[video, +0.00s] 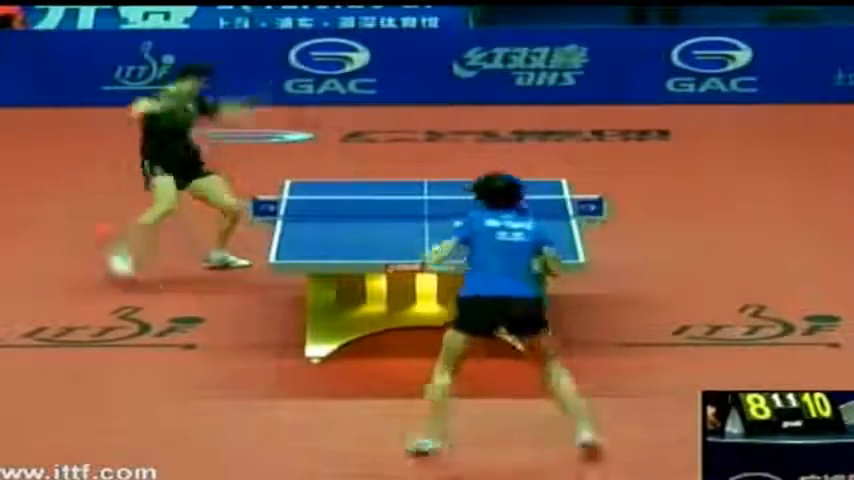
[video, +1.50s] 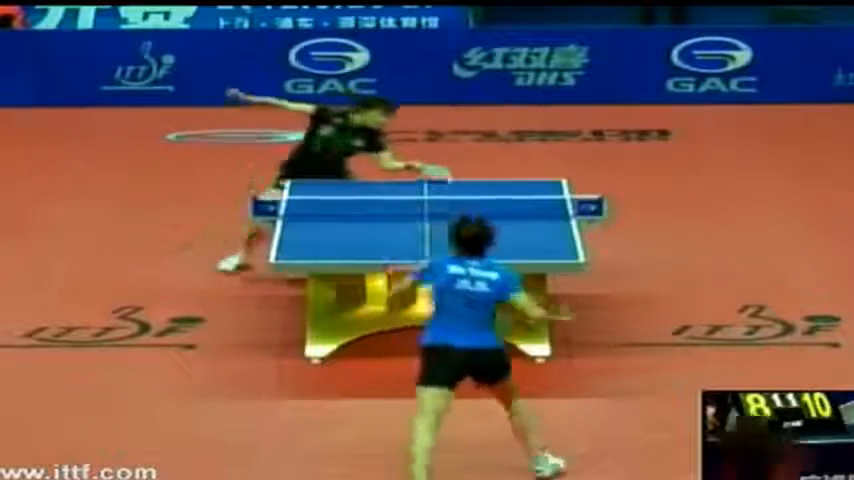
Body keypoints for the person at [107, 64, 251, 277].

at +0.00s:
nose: (196, 88)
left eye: (199, 84)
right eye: (193, 83)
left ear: (199, 86)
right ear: (182, 82)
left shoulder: (195, 101)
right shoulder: (163, 100)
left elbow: (216, 112)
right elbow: (146, 106)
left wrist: (242, 112)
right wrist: (142, 108)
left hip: (187, 163)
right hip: (160, 163)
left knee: (231, 208)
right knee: (166, 205)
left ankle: (218, 253)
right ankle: (123, 252)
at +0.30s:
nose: (134, 98)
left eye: (136, 93)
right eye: (129, 93)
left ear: (139, 94)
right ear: (116, 96)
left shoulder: (148, 110)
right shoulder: (101, 119)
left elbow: (174, 107)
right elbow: (73, 142)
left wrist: (187, 102)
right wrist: (76, 150)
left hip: (154, 170)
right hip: (119, 176)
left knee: (215, 190)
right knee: (96, 228)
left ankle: (257, 210)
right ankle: (64, 246)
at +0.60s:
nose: (201, 102)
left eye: (203, 98)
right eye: (195, 98)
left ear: (205, 100)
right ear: (182, 99)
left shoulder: (210, 118)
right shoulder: (162, 119)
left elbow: (229, 134)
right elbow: (137, 143)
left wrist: (240, 138)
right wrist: (168, 149)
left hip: (193, 170)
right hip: (157, 173)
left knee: (239, 200)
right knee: (122, 217)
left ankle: (278, 239)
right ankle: (70, 239)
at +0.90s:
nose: (272, 97)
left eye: (274, 93)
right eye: (267, 92)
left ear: (275, 96)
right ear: (253, 94)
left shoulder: (273, 120)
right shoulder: (229, 111)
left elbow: (287, 152)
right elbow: (185, 124)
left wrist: (313, 158)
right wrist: (214, 136)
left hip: (236, 161)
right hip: (206, 160)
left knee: (268, 201)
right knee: (208, 211)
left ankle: (285, 252)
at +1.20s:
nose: (305, 110)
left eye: (306, 105)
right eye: (302, 104)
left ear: (298, 107)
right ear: (288, 103)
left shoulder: (292, 130)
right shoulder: (253, 116)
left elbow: (309, 159)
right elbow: (208, 119)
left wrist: (350, 166)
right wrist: (229, 132)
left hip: (259, 175)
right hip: (227, 174)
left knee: (293, 209)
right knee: (224, 224)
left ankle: (293, 259)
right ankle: (186, 259)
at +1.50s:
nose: (383, 124)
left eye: (385, 120)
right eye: (382, 118)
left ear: (376, 118)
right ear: (368, 112)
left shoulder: (372, 137)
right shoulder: (327, 113)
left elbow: (386, 164)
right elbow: (284, 105)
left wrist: (414, 167)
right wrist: (249, 100)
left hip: (333, 175)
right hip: (297, 170)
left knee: (354, 212)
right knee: (264, 208)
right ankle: (243, 256)